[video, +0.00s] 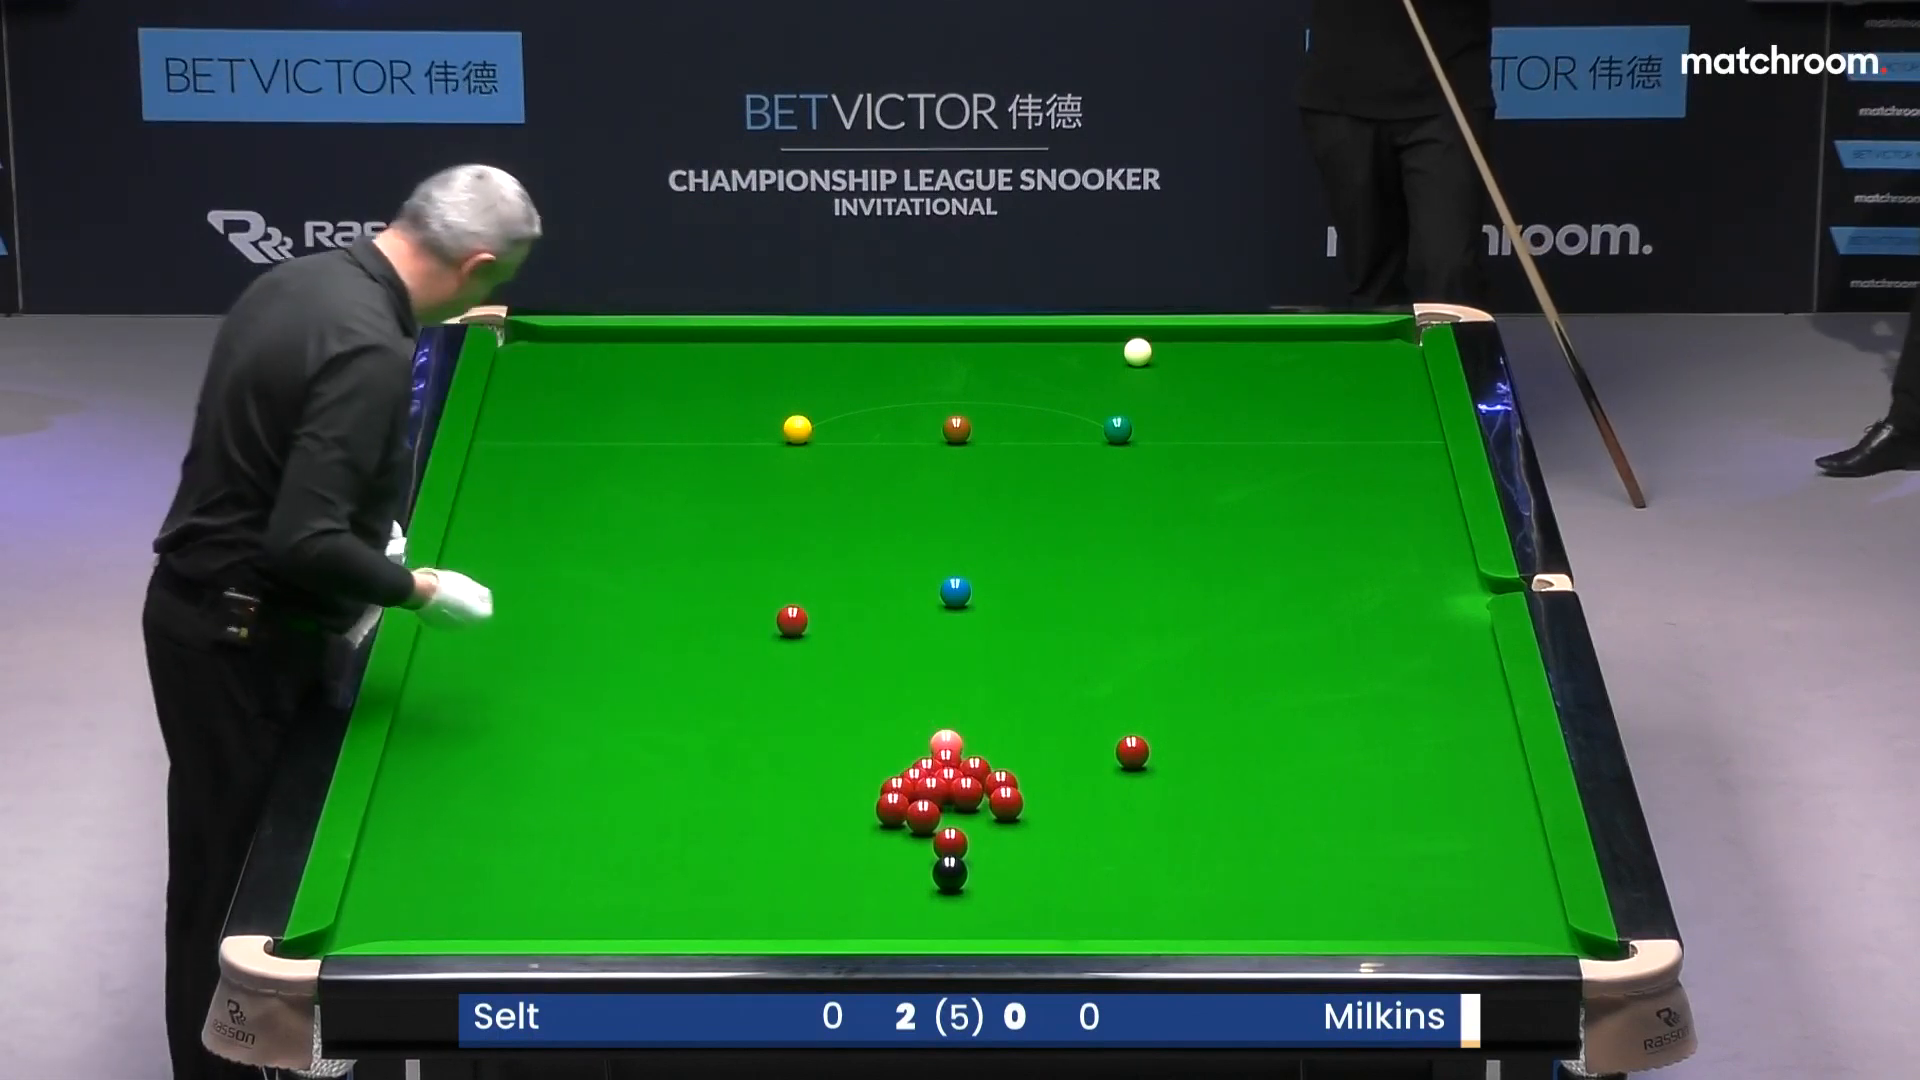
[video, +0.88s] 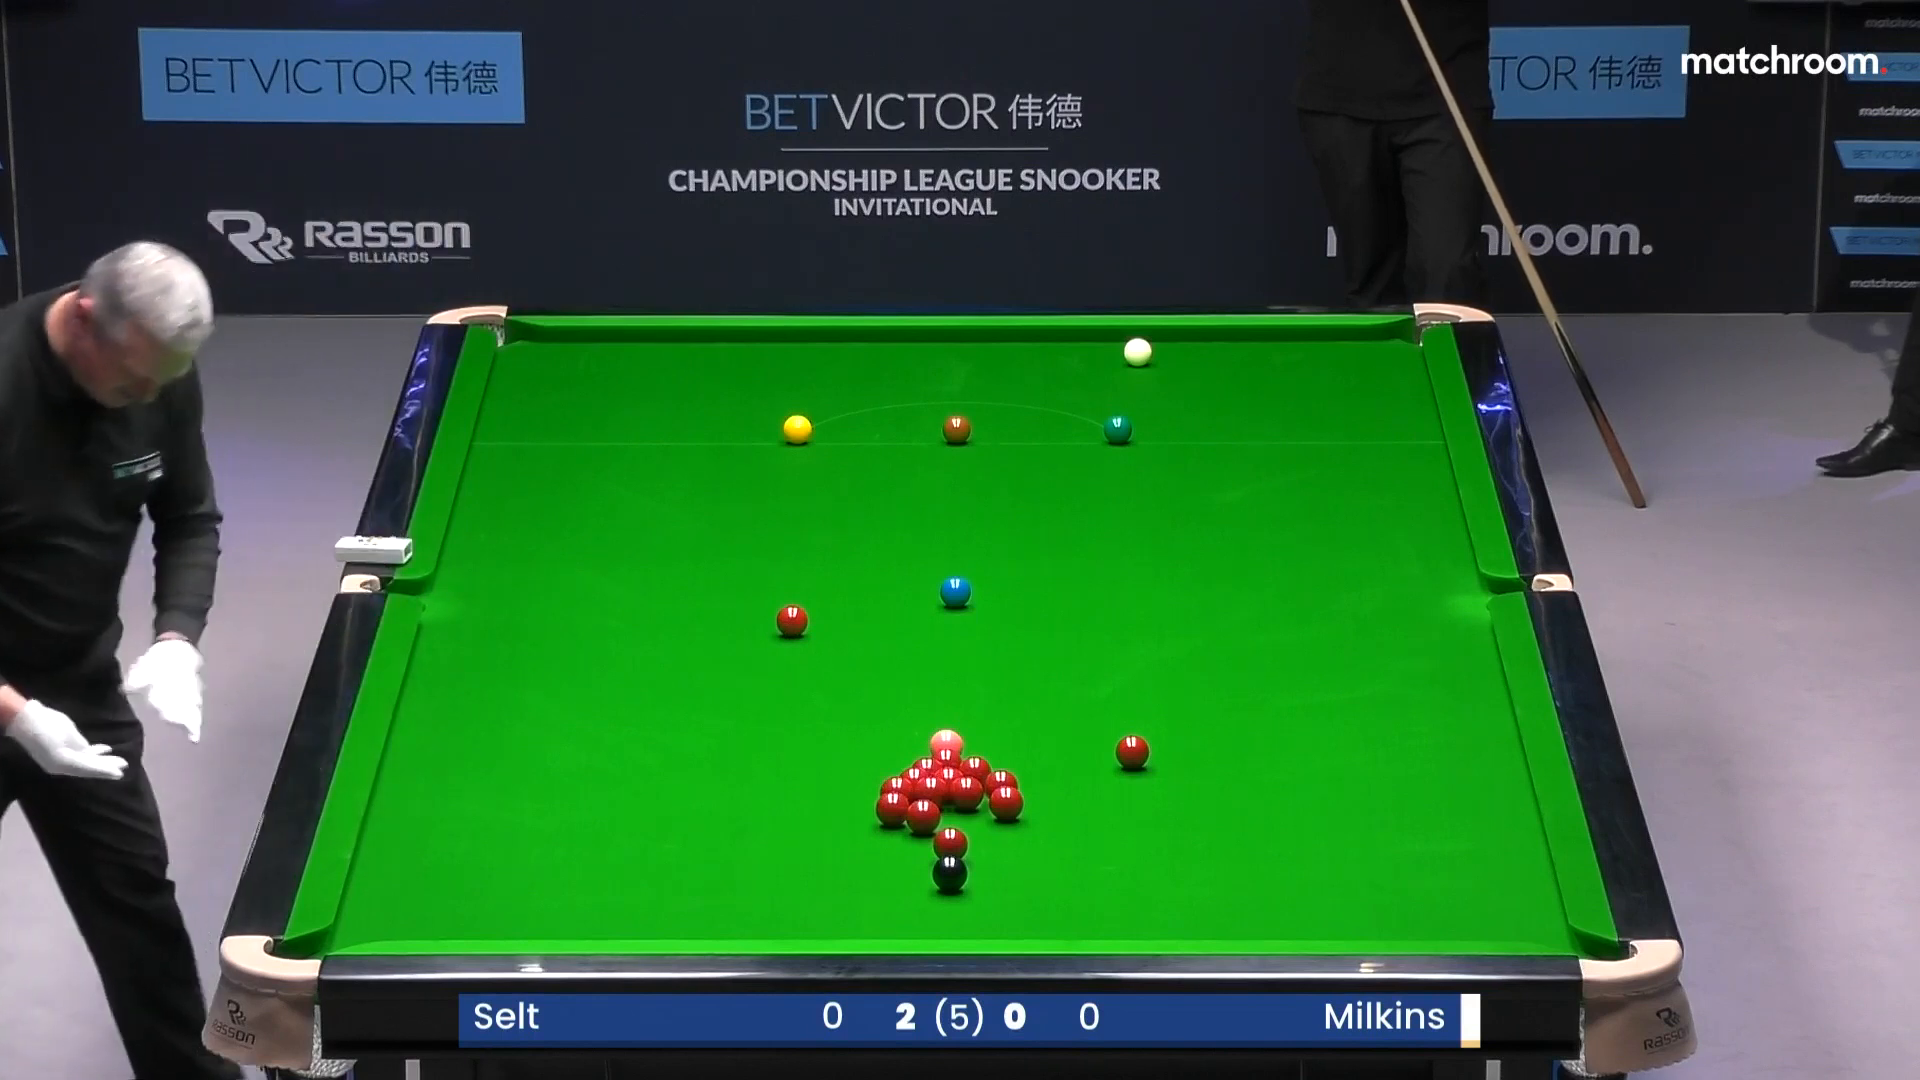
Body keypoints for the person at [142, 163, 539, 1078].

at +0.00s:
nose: (486, 298)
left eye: (497, 282)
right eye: (495, 280)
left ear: (411, 220)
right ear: (472, 263)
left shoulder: (298, 281)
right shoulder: (371, 349)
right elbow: (304, 540)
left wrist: (440, 317)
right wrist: (417, 584)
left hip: (194, 608)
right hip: (245, 634)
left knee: (217, 856)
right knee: (242, 866)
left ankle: (208, 1052)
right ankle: (215, 1060)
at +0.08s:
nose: (460, 296)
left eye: (473, 279)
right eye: (470, 277)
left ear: (391, 221)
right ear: (441, 250)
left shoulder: (280, 278)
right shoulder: (347, 343)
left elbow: (268, 430)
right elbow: (291, 535)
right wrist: (402, 580)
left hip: (183, 608)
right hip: (231, 633)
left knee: (212, 854)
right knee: (234, 865)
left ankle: (207, 1053)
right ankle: (212, 1061)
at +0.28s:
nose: (401, 296)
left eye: (415, 280)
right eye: (409, 274)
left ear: (354, 224)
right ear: (366, 235)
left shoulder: (230, 279)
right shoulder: (280, 337)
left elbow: (223, 444)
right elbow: (241, 535)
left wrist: (333, 498)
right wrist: (359, 574)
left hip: (156, 615)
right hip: (190, 639)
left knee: (205, 874)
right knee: (207, 892)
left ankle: (153, 1058)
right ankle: (140, 1066)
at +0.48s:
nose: (341, 308)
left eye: (354, 295)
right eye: (342, 287)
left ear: (289, 243)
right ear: (287, 243)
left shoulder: (213, 306)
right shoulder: (188, 344)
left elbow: (220, 475)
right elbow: (127, 549)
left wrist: (313, 519)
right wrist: (274, 597)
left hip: (168, 644)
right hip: (116, 653)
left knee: (199, 890)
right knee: (101, 892)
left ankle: (211, 1069)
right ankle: (14, 1057)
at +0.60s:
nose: (282, 333)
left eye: (295, 319)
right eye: (280, 312)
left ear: (233, 264)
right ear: (227, 263)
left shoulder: (196, 328)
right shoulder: (119, 364)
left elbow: (199, 486)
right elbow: (40, 556)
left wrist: (276, 558)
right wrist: (192, 626)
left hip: (149, 686)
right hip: (58, 693)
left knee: (186, 923)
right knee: (15, 945)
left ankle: (206, 1070)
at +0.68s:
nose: (243, 355)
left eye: (255, 340)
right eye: (237, 334)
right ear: (179, 280)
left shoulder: (189, 336)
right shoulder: (74, 377)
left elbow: (201, 476)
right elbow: (5, 561)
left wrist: (241, 571)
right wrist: (121, 654)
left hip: (126, 688)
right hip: (27, 696)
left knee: (170, 915)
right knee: (2, 935)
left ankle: (202, 1070)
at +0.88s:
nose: (140, 397)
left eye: (158, 383)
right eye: (130, 377)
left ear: (182, 352)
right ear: (76, 317)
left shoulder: (166, 378)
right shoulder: (3, 377)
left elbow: (188, 517)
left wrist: (175, 638)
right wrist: (14, 708)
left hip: (78, 691)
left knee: (137, 900)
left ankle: (180, 1066)